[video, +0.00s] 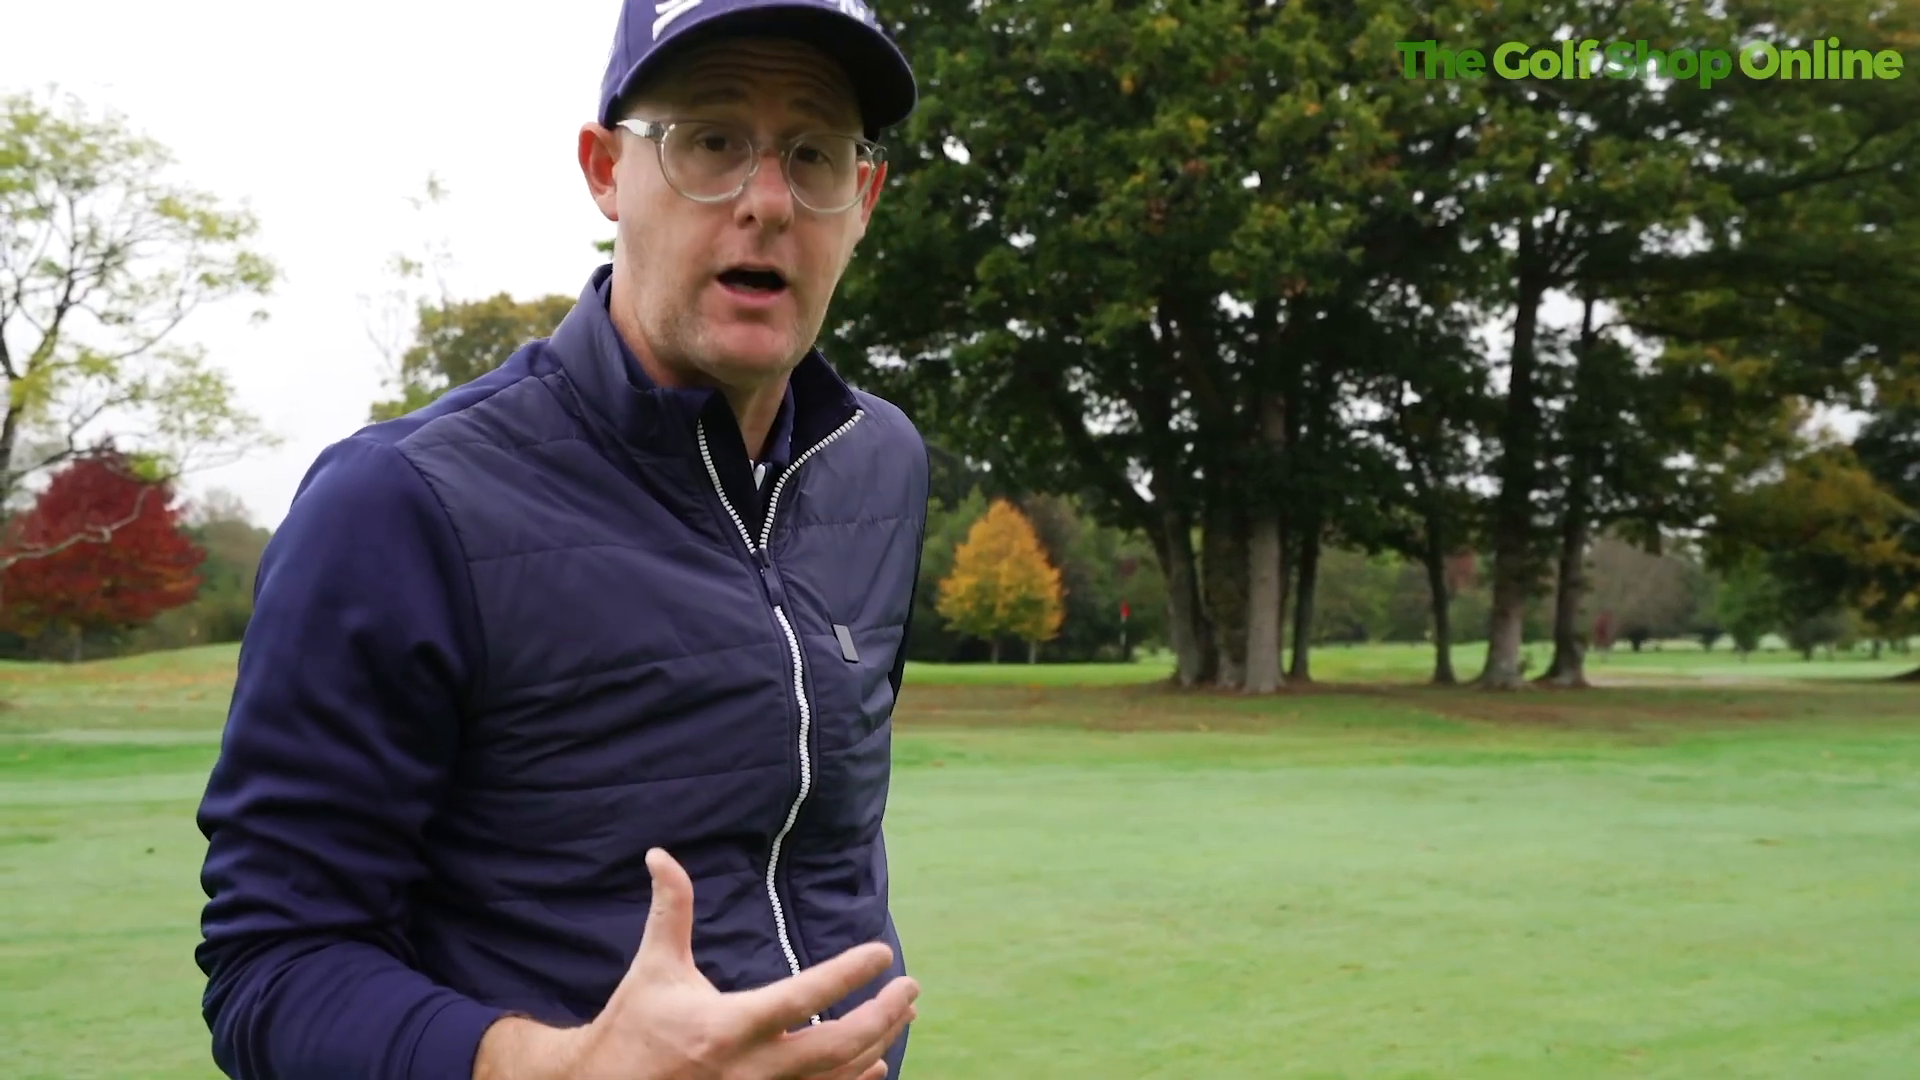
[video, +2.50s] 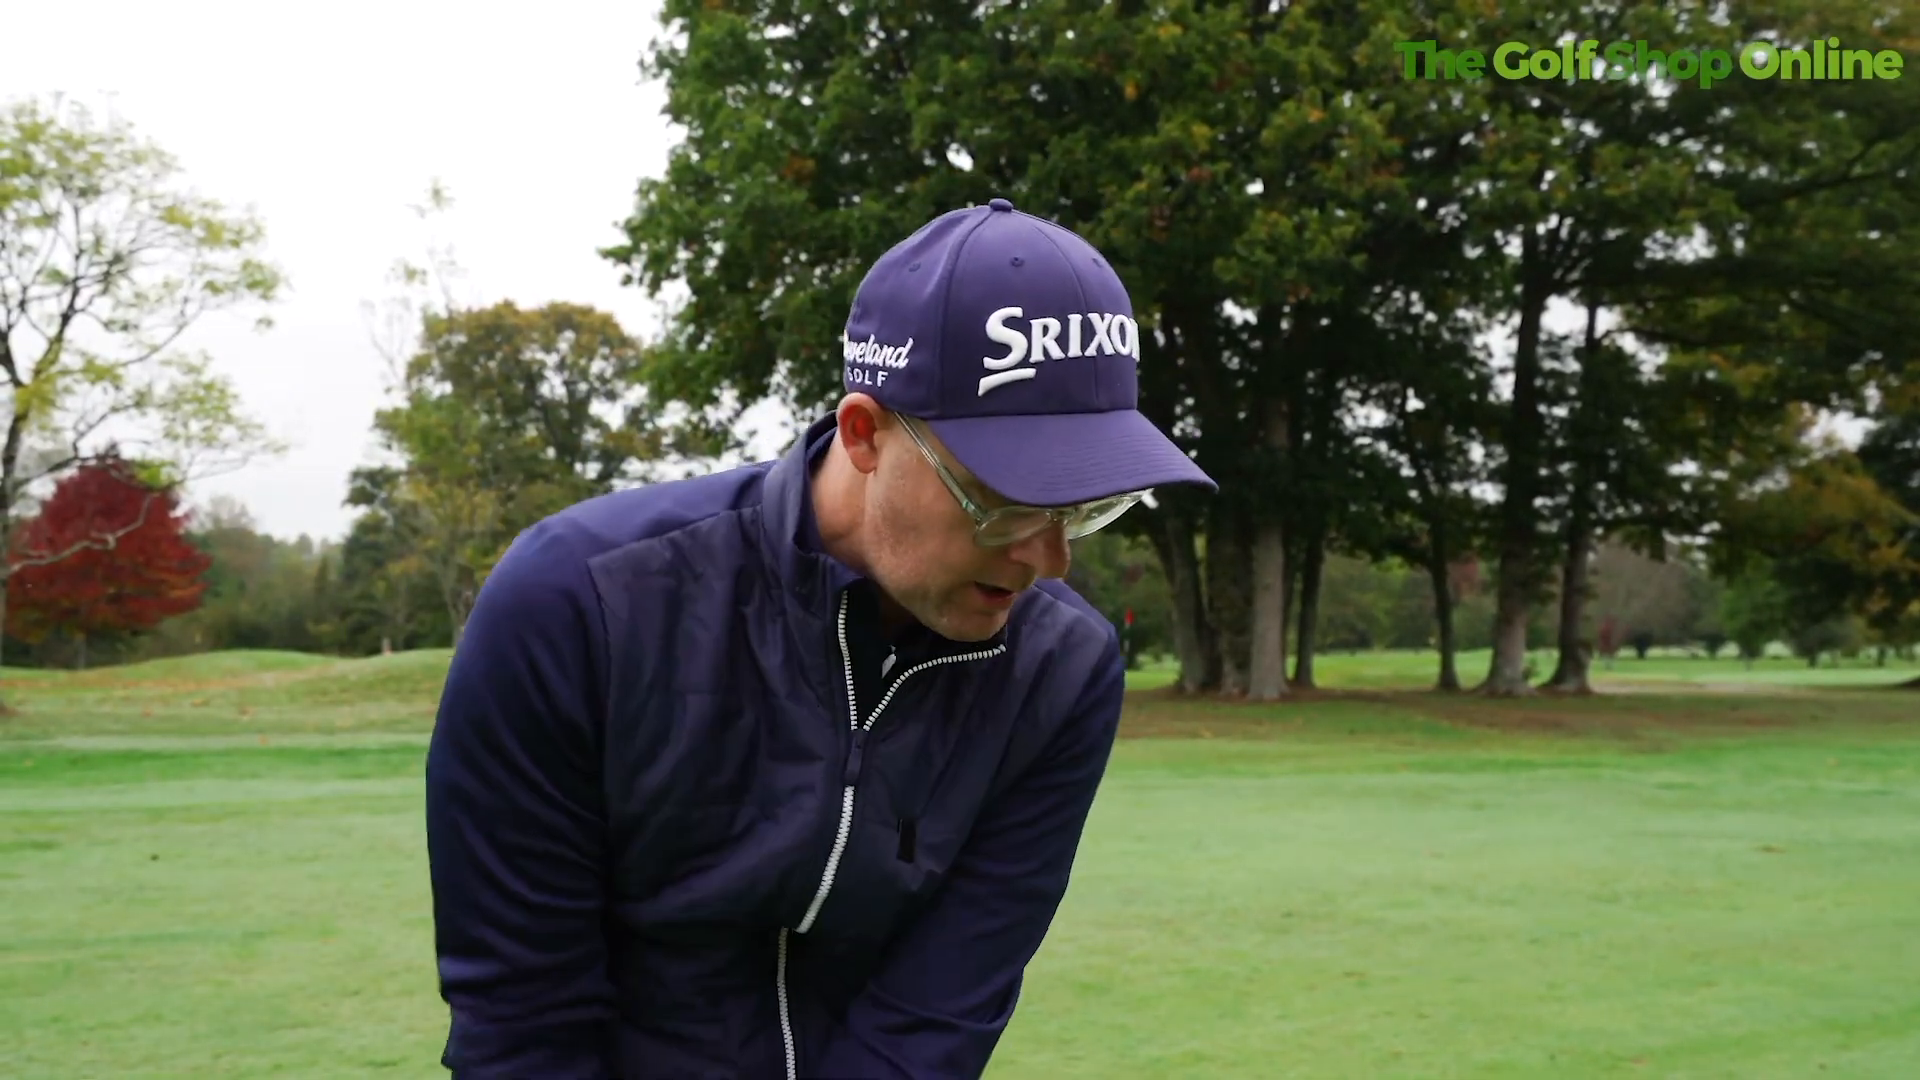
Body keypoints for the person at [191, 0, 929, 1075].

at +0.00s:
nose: (767, 200)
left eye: (811, 154)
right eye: (712, 139)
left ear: (863, 200)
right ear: (608, 170)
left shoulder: (882, 472)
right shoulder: (402, 506)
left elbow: (820, 840)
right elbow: (274, 966)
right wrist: (561, 1060)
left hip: (838, 1056)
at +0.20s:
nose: (754, 208)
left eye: (798, 160)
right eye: (700, 146)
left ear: (847, 206)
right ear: (596, 174)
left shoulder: (866, 471)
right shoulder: (399, 502)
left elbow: (854, 809)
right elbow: (186, 967)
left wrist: (848, 1008)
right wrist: (571, 1059)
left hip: (830, 1055)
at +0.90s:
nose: (827, 302)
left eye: (856, 241)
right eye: (776, 240)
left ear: (880, 222)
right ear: (618, 205)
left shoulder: (845, 481)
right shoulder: (388, 531)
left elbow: (884, 818)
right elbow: (262, 1003)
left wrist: (910, 1047)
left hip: (840, 1052)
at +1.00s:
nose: (849, 310)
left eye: (869, 248)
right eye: (793, 249)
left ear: (891, 224)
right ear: (629, 219)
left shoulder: (849, 484)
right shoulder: (410, 553)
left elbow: (887, 853)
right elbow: (366, 1024)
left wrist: (913, 1064)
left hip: (828, 1053)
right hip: (572, 1058)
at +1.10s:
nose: (869, 333)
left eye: (891, 266)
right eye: (809, 268)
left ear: (911, 248)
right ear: (647, 242)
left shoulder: (850, 481)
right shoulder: (444, 576)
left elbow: (897, 867)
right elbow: (471, 1050)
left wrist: (921, 1066)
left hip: (825, 1050)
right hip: (615, 1059)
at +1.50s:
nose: (985, 408)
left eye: (1012, 355)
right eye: (938, 351)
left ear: (1038, 334)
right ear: (795, 311)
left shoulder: (971, 534)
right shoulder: (588, 602)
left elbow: (948, 907)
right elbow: (624, 1041)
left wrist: (944, 1063)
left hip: (862, 1041)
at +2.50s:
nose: (1046, 557)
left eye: (1076, 504)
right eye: (1004, 500)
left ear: (1108, 473)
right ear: (863, 437)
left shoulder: (1064, 668)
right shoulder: (573, 602)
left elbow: (930, 1034)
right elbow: (520, 1024)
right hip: (615, 1056)